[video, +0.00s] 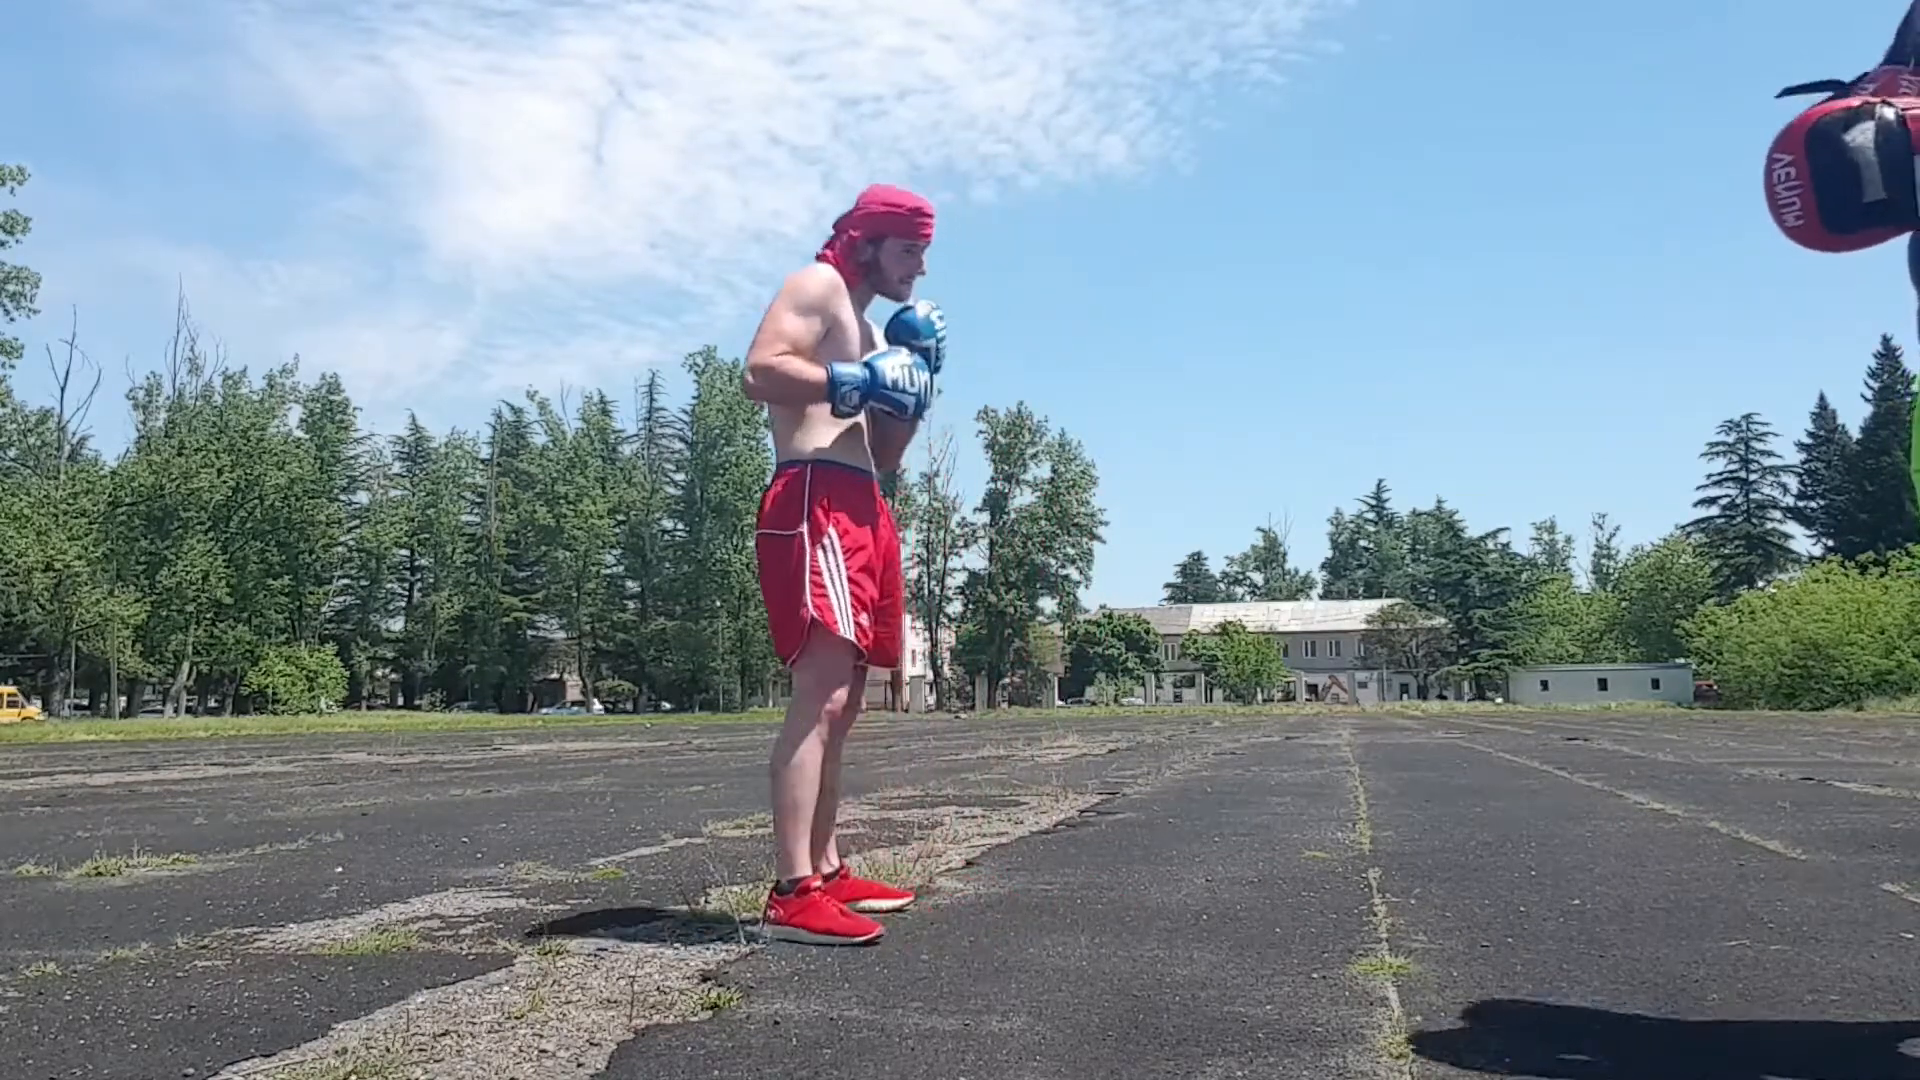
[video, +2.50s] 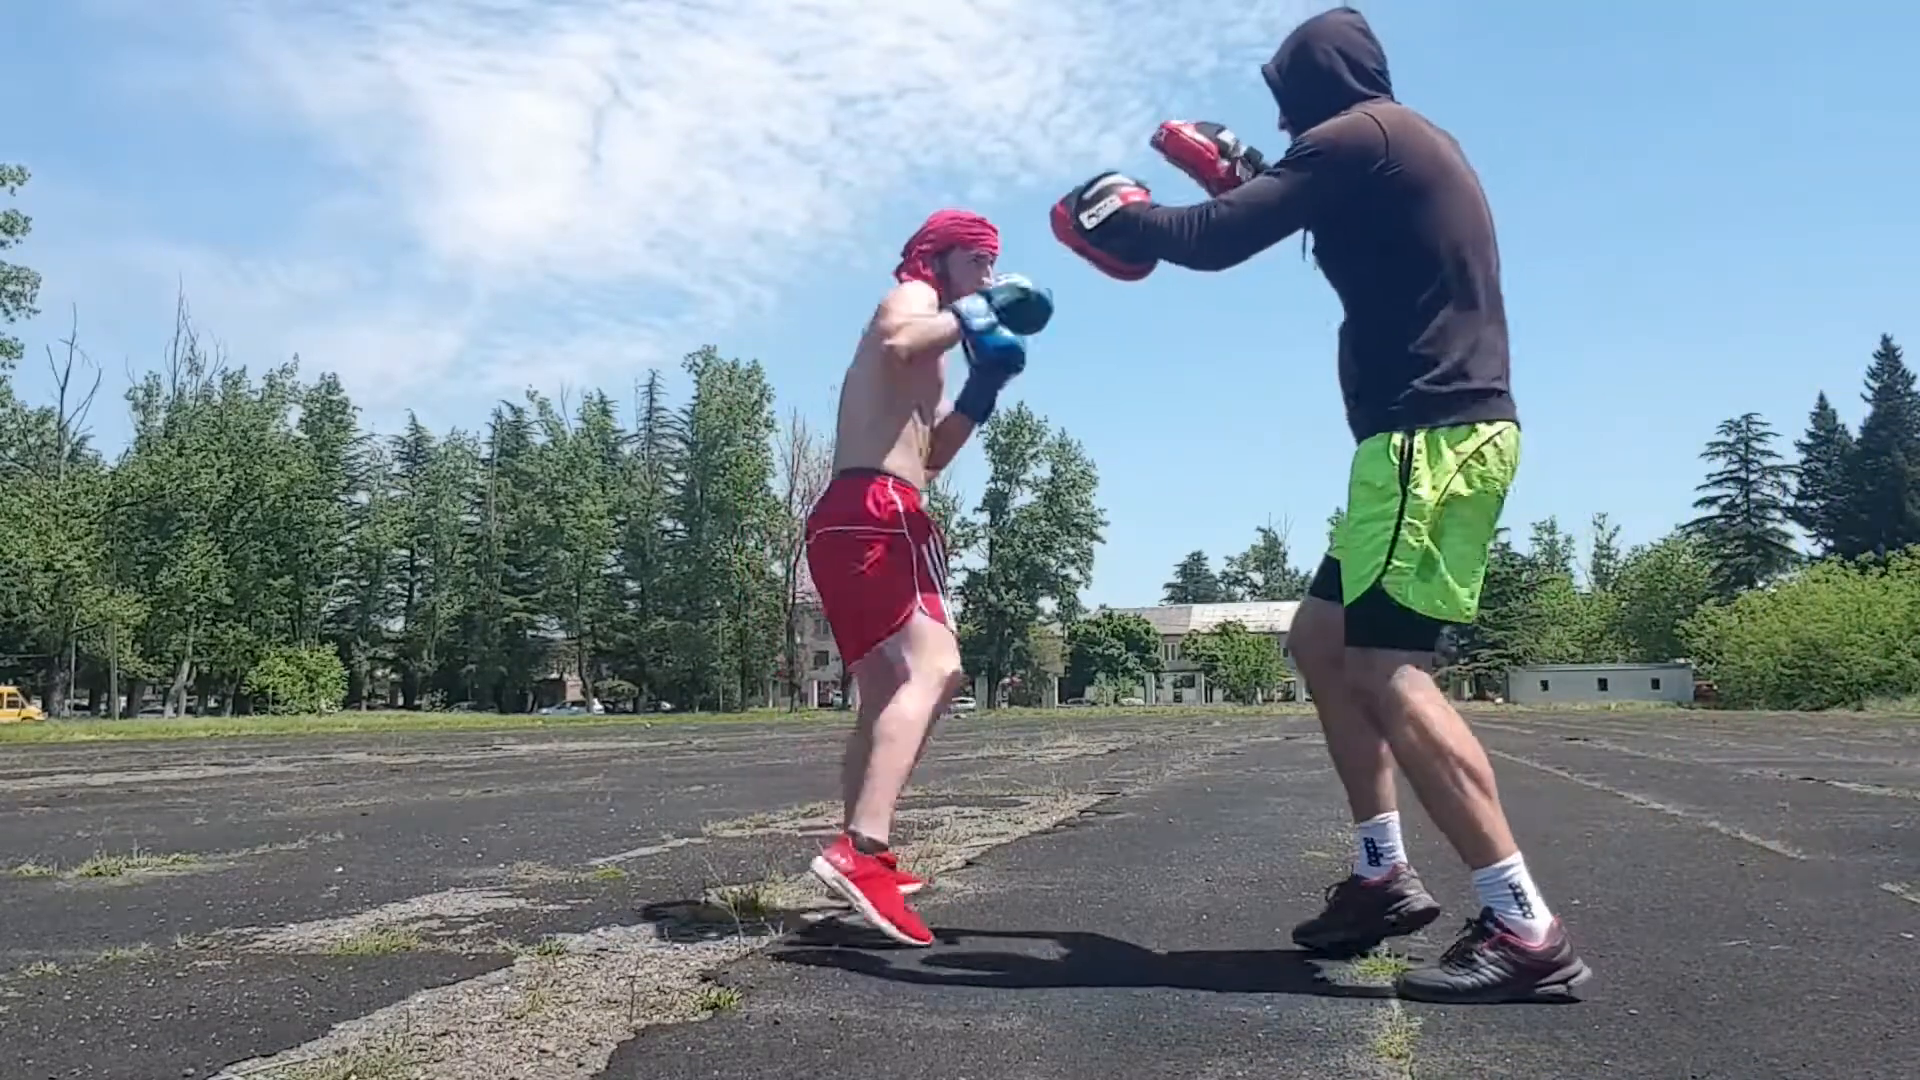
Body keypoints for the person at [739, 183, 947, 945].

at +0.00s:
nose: (919, 264)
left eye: (923, 252)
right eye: (910, 249)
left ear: (902, 257)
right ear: (865, 244)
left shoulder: (875, 330)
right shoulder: (819, 284)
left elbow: (882, 457)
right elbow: (761, 371)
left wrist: (917, 375)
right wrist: (849, 383)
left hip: (866, 506)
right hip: (816, 500)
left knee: (844, 700)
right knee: (819, 695)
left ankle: (823, 870)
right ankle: (792, 888)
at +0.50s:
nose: (895, 250)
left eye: (901, 237)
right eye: (883, 234)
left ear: (889, 243)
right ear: (836, 227)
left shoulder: (858, 318)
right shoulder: (791, 284)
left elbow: (844, 434)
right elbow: (754, 371)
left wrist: (877, 421)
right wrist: (847, 382)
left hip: (837, 504)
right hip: (785, 502)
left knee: (842, 693)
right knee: (798, 686)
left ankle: (796, 862)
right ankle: (781, 883)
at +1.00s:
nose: (899, 271)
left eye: (906, 259)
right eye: (886, 256)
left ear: (903, 264)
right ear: (842, 252)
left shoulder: (867, 339)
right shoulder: (801, 290)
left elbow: (864, 469)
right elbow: (733, 381)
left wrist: (897, 413)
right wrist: (827, 358)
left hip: (842, 517)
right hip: (792, 508)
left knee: (804, 701)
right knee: (855, 677)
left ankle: (778, 878)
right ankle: (835, 873)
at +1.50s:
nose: (939, 266)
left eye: (944, 254)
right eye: (927, 250)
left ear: (929, 262)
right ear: (879, 248)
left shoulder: (896, 328)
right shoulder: (835, 314)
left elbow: (914, 445)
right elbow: (859, 430)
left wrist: (957, 373)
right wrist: (915, 359)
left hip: (870, 516)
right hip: (820, 515)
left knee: (896, 688)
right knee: (847, 696)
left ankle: (836, 842)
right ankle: (836, 888)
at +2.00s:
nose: (958, 292)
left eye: (961, 281)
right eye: (947, 278)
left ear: (947, 287)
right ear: (906, 275)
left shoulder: (927, 347)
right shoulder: (866, 320)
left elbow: (948, 451)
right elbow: (840, 400)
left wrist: (979, 376)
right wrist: (915, 379)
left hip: (901, 526)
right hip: (852, 520)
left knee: (909, 690)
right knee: (893, 683)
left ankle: (855, 857)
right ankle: (854, 869)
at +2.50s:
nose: (990, 276)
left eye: (992, 265)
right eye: (979, 261)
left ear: (964, 270)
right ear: (937, 258)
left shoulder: (926, 351)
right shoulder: (909, 296)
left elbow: (931, 456)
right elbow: (900, 341)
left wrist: (984, 386)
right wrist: (976, 311)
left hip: (867, 519)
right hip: (872, 511)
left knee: (884, 697)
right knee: (934, 667)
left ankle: (859, 852)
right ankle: (865, 845)